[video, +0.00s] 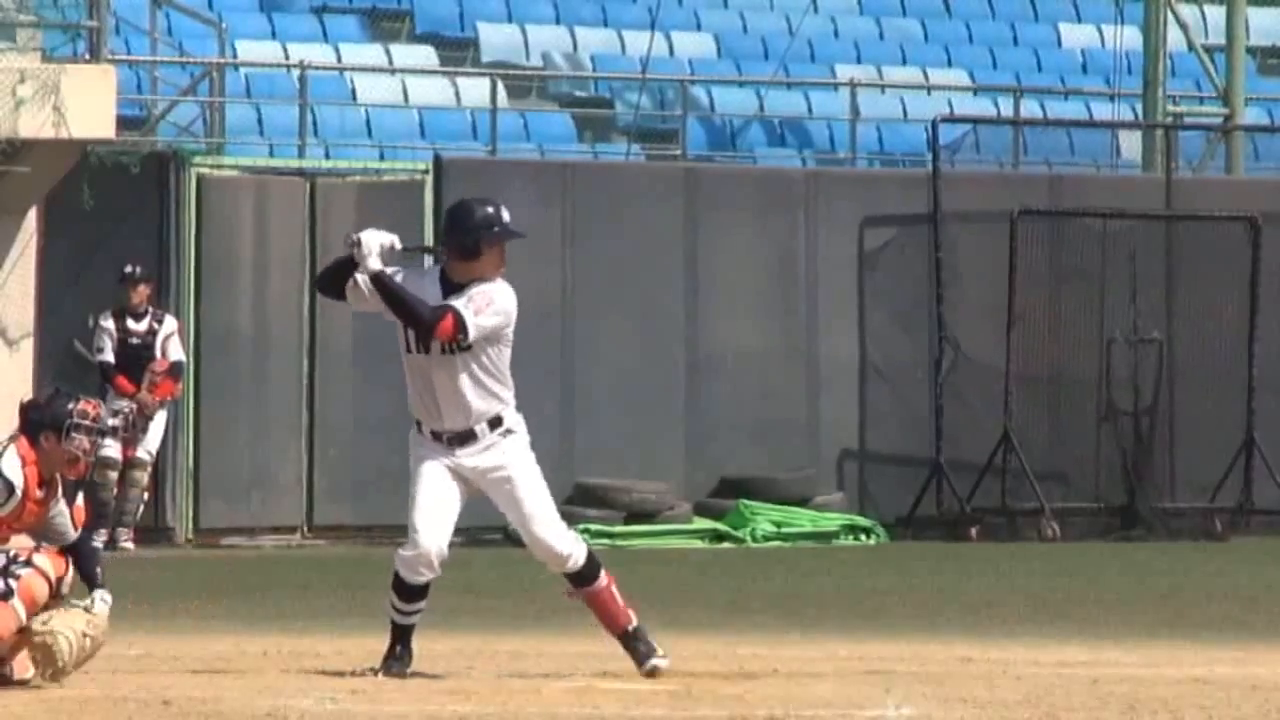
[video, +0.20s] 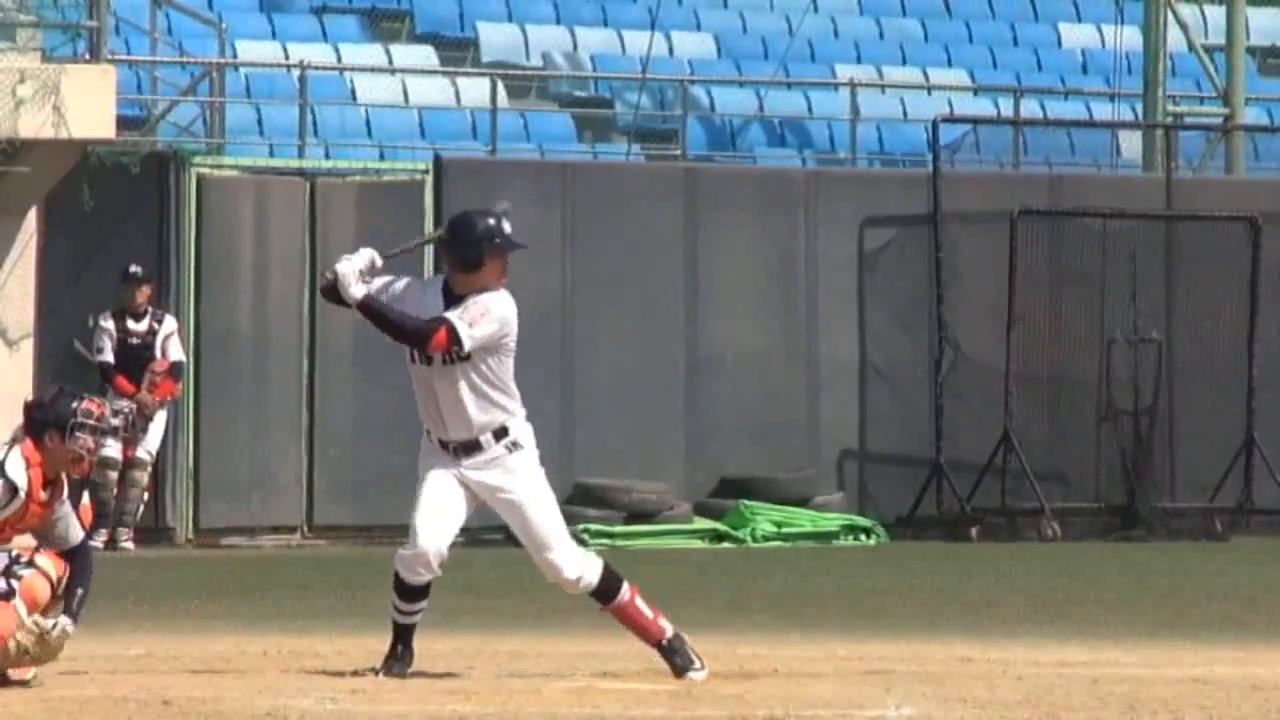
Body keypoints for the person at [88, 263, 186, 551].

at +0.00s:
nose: (133, 292)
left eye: (138, 286)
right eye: (129, 286)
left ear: (149, 289)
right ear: (123, 290)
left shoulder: (167, 324)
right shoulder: (109, 321)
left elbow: (177, 367)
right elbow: (106, 367)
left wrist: (156, 397)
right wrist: (136, 394)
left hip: (152, 400)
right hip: (118, 396)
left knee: (140, 460)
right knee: (107, 457)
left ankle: (125, 529)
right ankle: (102, 526)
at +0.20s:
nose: (136, 292)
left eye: (142, 286)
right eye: (131, 286)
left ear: (150, 290)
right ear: (123, 289)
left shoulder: (167, 324)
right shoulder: (108, 322)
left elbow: (176, 368)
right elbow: (106, 368)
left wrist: (156, 398)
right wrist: (136, 394)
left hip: (152, 400)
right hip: (118, 396)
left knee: (140, 460)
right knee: (108, 457)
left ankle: (125, 529)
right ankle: (103, 526)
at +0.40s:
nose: (137, 292)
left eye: (142, 286)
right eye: (131, 286)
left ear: (150, 289)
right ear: (123, 289)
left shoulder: (166, 324)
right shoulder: (108, 321)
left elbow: (177, 367)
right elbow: (106, 367)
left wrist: (157, 397)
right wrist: (136, 394)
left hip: (151, 399)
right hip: (117, 395)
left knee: (140, 459)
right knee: (108, 457)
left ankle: (125, 528)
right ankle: (102, 526)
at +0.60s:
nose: (135, 292)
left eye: (141, 287)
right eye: (130, 287)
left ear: (149, 290)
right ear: (122, 290)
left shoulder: (166, 324)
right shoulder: (108, 321)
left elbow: (177, 366)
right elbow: (106, 367)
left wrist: (157, 397)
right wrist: (136, 394)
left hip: (152, 401)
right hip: (117, 399)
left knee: (141, 460)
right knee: (110, 459)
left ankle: (127, 525)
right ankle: (103, 522)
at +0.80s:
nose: (136, 292)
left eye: (142, 286)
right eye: (131, 286)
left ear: (150, 289)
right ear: (122, 289)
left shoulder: (166, 324)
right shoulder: (108, 321)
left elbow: (176, 370)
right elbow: (104, 368)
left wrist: (157, 398)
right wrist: (135, 395)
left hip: (151, 401)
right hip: (114, 399)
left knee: (140, 461)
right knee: (108, 459)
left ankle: (125, 527)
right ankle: (102, 526)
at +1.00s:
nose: (137, 292)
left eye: (142, 285)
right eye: (131, 286)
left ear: (150, 289)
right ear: (122, 290)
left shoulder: (165, 323)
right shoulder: (107, 321)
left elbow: (176, 367)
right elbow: (101, 368)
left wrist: (156, 398)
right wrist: (136, 394)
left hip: (150, 401)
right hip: (115, 397)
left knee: (139, 464)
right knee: (109, 461)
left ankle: (126, 527)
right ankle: (99, 526)